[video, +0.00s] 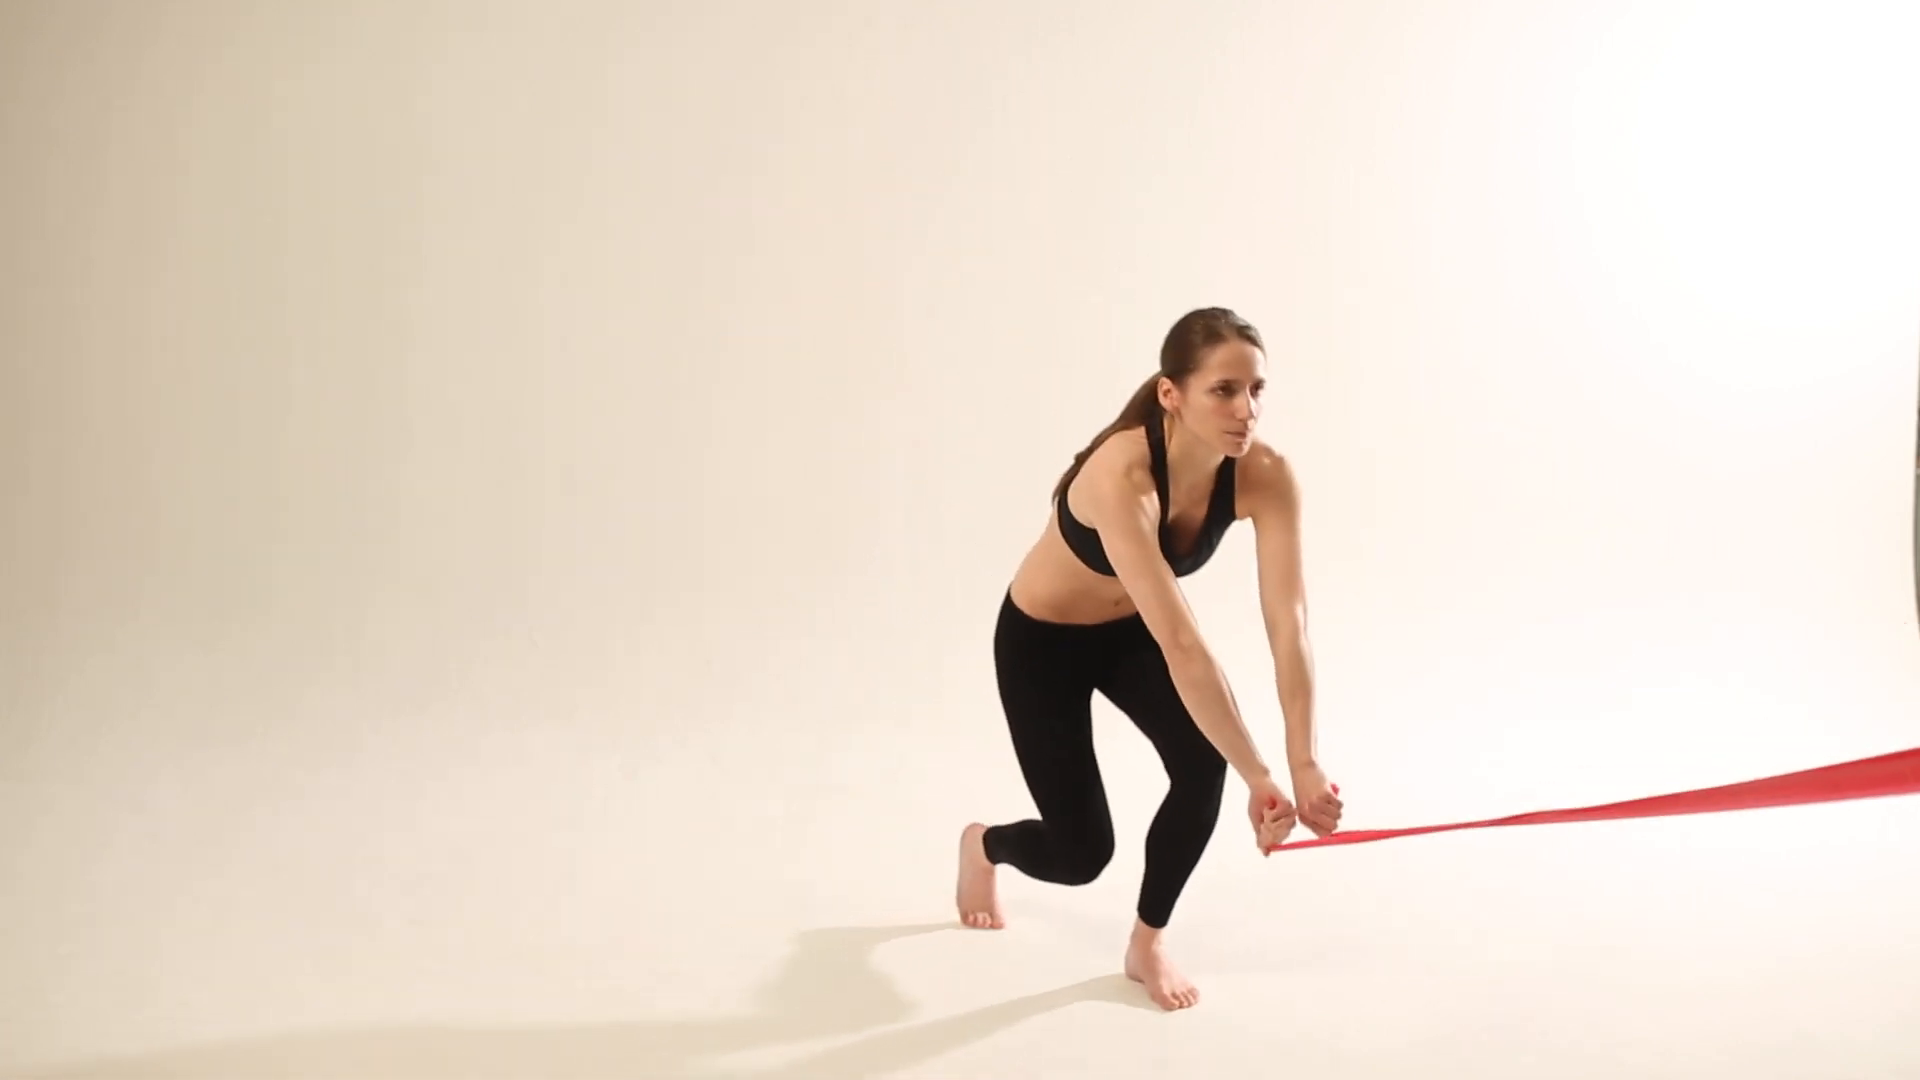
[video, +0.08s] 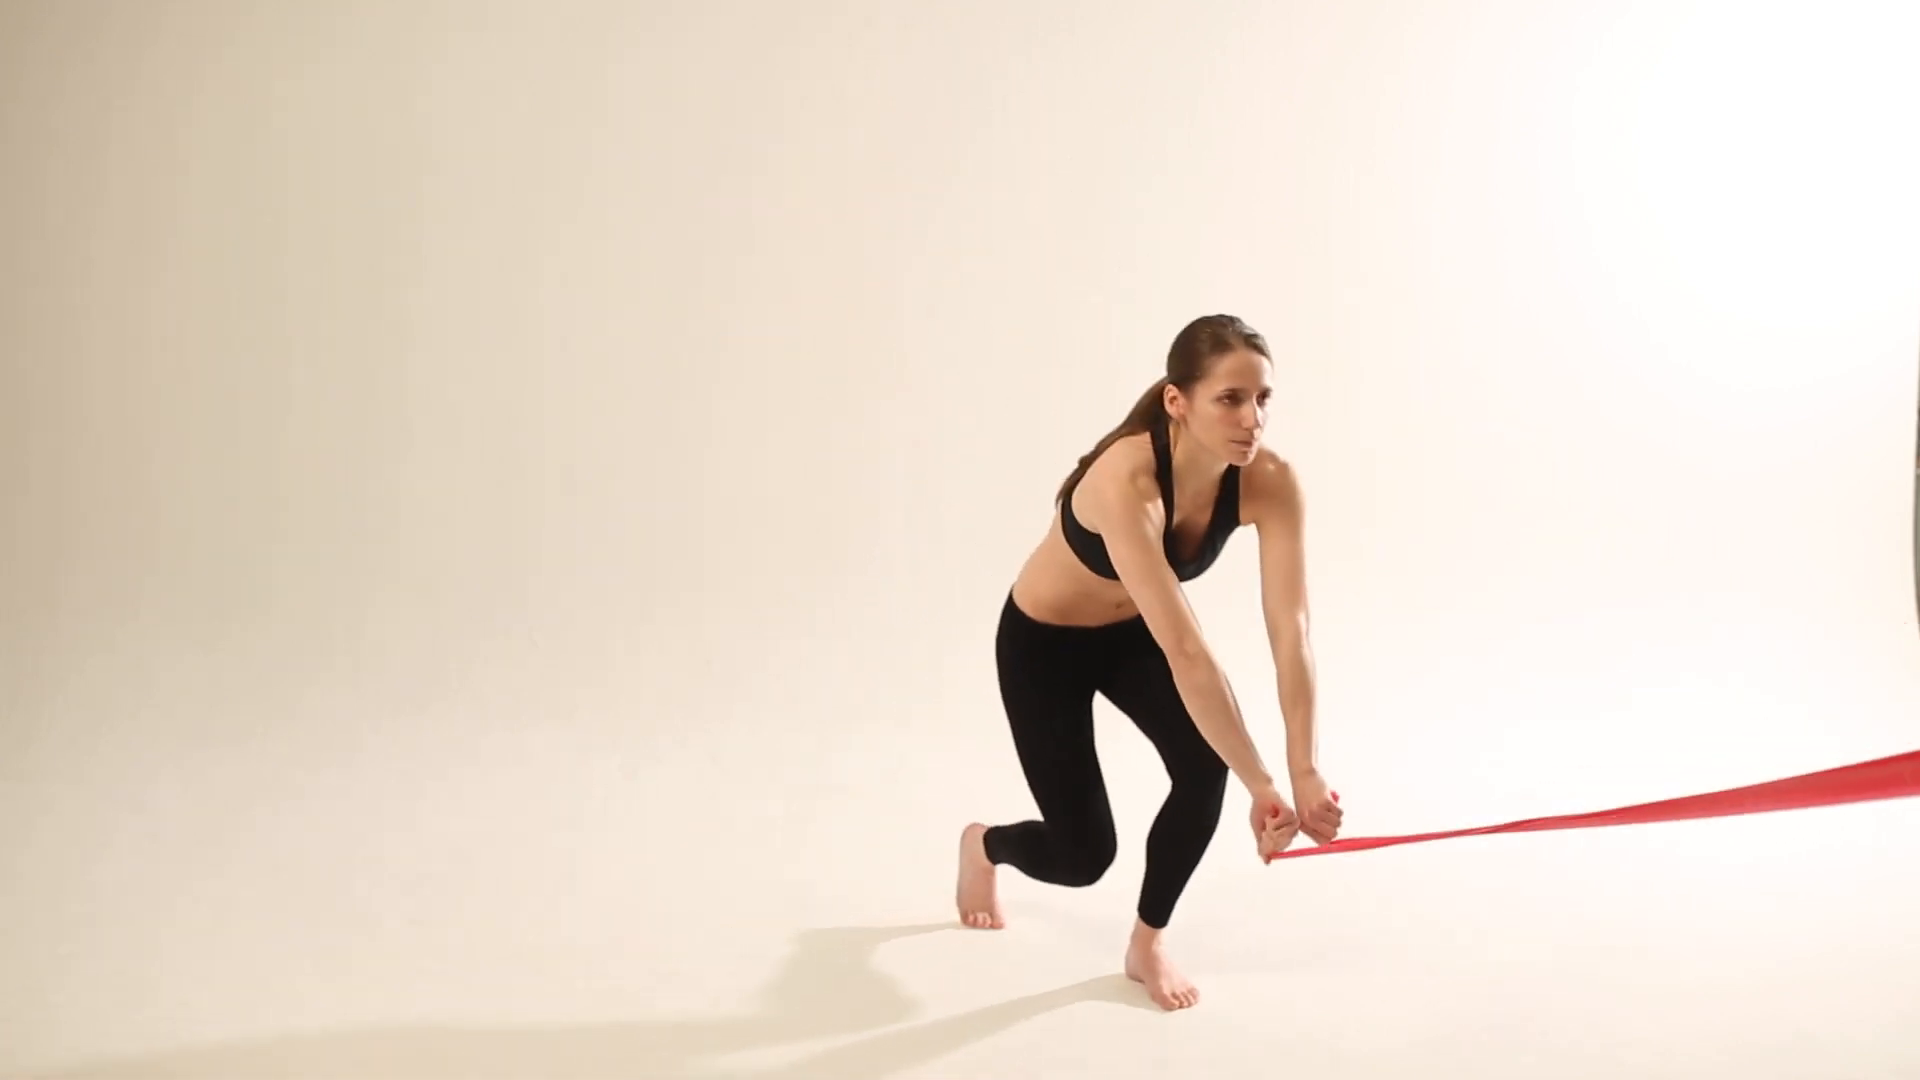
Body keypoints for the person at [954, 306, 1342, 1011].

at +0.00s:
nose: (1247, 410)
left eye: (1256, 389)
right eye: (1225, 391)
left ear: (1264, 389)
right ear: (1171, 395)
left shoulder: (1263, 476)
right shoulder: (1120, 474)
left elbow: (1287, 620)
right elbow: (1182, 646)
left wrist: (1302, 763)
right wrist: (1256, 779)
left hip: (1131, 633)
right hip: (1042, 641)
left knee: (1202, 765)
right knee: (1083, 850)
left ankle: (1147, 942)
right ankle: (982, 844)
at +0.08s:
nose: (1253, 419)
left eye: (1262, 398)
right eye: (1232, 400)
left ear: (1269, 398)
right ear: (1177, 402)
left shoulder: (1267, 482)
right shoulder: (1124, 481)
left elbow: (1290, 629)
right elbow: (1186, 651)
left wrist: (1304, 772)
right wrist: (1259, 786)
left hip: (1133, 635)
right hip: (1044, 643)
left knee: (1204, 768)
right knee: (1086, 852)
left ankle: (1147, 942)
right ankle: (982, 845)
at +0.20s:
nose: (1257, 421)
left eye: (1265, 400)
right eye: (1235, 402)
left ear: (1272, 401)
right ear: (1180, 405)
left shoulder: (1269, 482)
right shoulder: (1126, 482)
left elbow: (1291, 631)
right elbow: (1190, 653)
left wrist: (1305, 770)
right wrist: (1263, 787)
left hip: (1133, 633)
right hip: (1044, 641)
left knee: (1206, 767)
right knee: (1085, 852)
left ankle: (1148, 940)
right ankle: (983, 844)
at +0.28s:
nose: (1254, 421)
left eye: (1264, 400)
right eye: (1233, 401)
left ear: (1270, 400)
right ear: (1178, 404)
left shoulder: (1268, 481)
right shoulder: (1124, 481)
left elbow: (1290, 628)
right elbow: (1190, 651)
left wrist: (1304, 765)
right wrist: (1263, 783)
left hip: (1131, 633)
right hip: (1042, 641)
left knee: (1203, 764)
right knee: (1086, 852)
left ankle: (1148, 940)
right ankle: (982, 844)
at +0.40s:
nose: (1245, 412)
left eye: (1253, 392)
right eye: (1223, 393)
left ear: (1262, 392)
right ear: (1168, 396)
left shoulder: (1257, 475)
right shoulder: (1114, 475)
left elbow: (1283, 619)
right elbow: (1183, 641)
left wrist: (1300, 750)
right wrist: (1258, 771)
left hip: (1126, 632)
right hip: (1037, 640)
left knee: (1201, 758)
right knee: (1085, 851)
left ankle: (1148, 941)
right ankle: (982, 844)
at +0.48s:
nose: (1228, 395)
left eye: (1237, 375)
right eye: (1208, 375)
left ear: (1245, 377)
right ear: (1154, 380)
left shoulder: (1244, 460)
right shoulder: (1103, 464)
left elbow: (1276, 595)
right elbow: (1169, 622)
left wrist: (1297, 727)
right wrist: (1249, 750)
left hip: (1121, 626)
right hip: (1032, 636)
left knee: (1198, 757)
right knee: (1084, 845)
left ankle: (1148, 941)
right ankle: (982, 844)